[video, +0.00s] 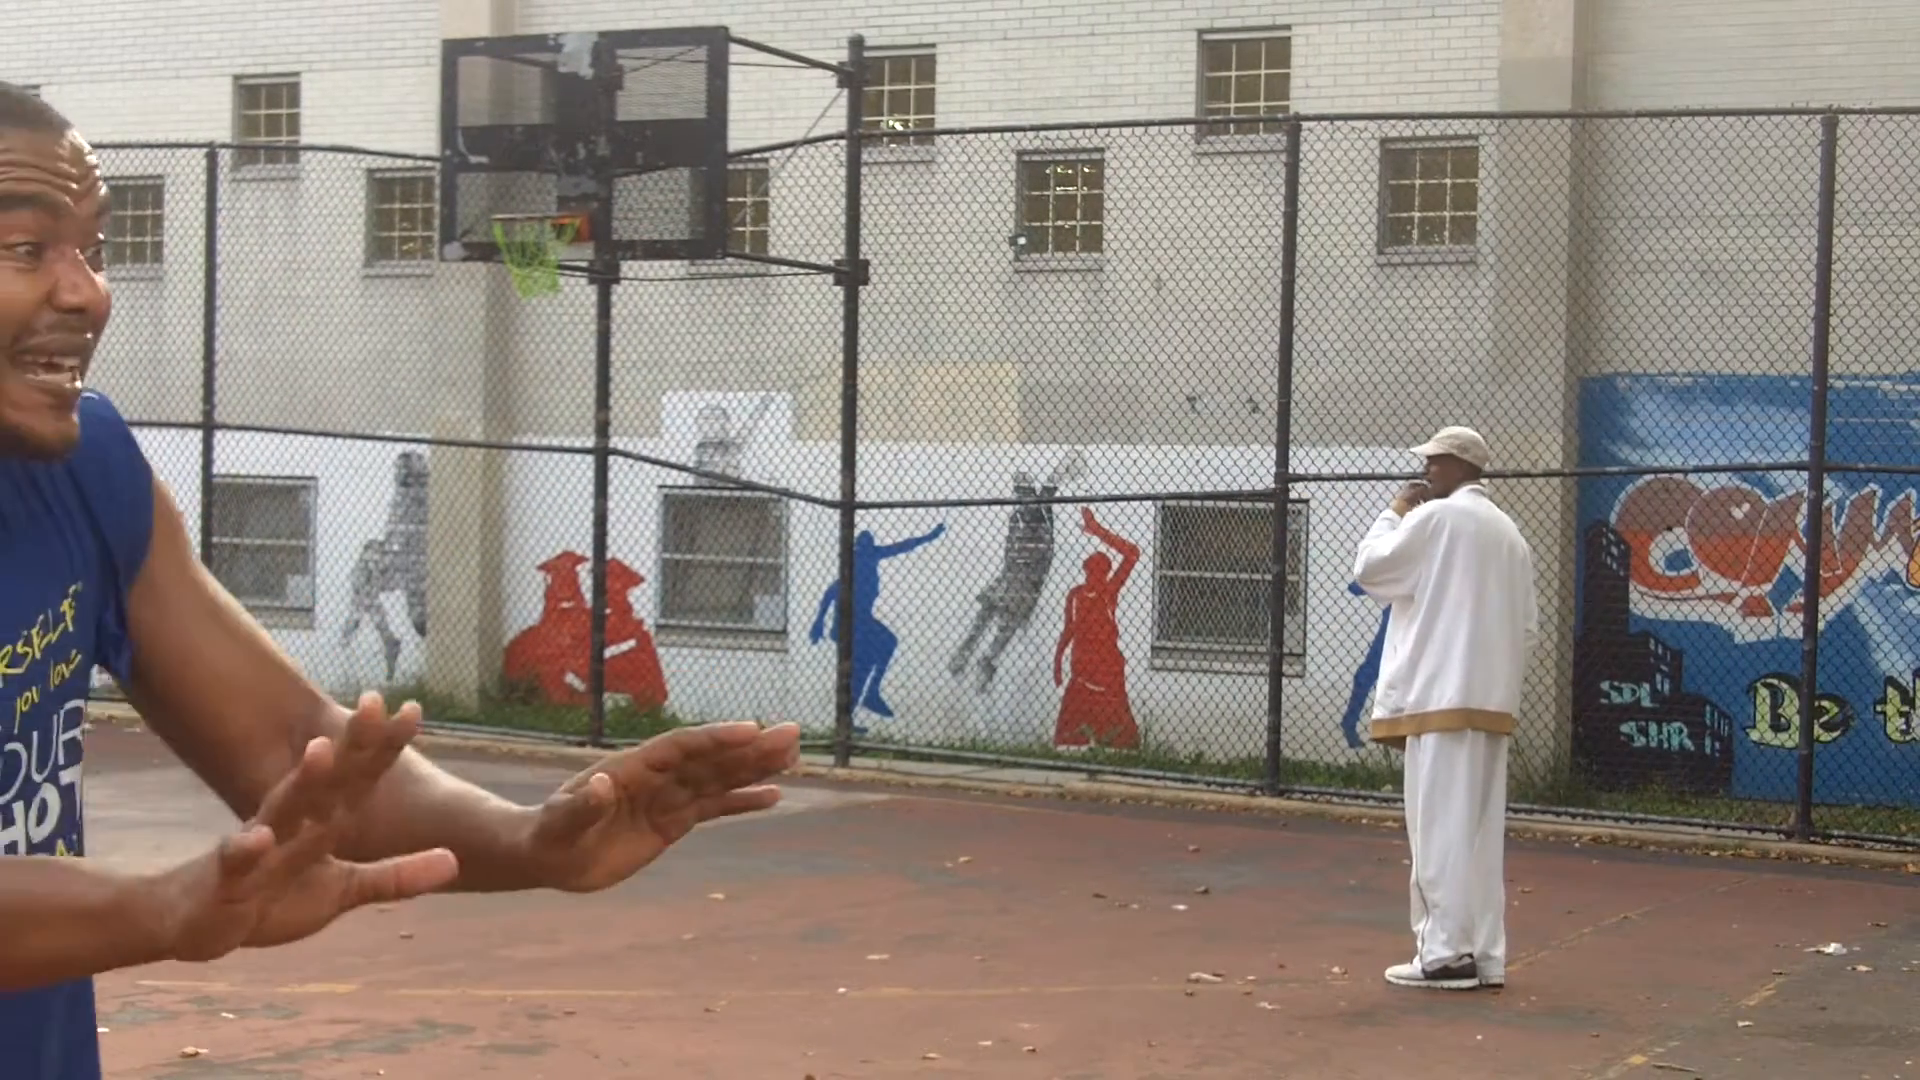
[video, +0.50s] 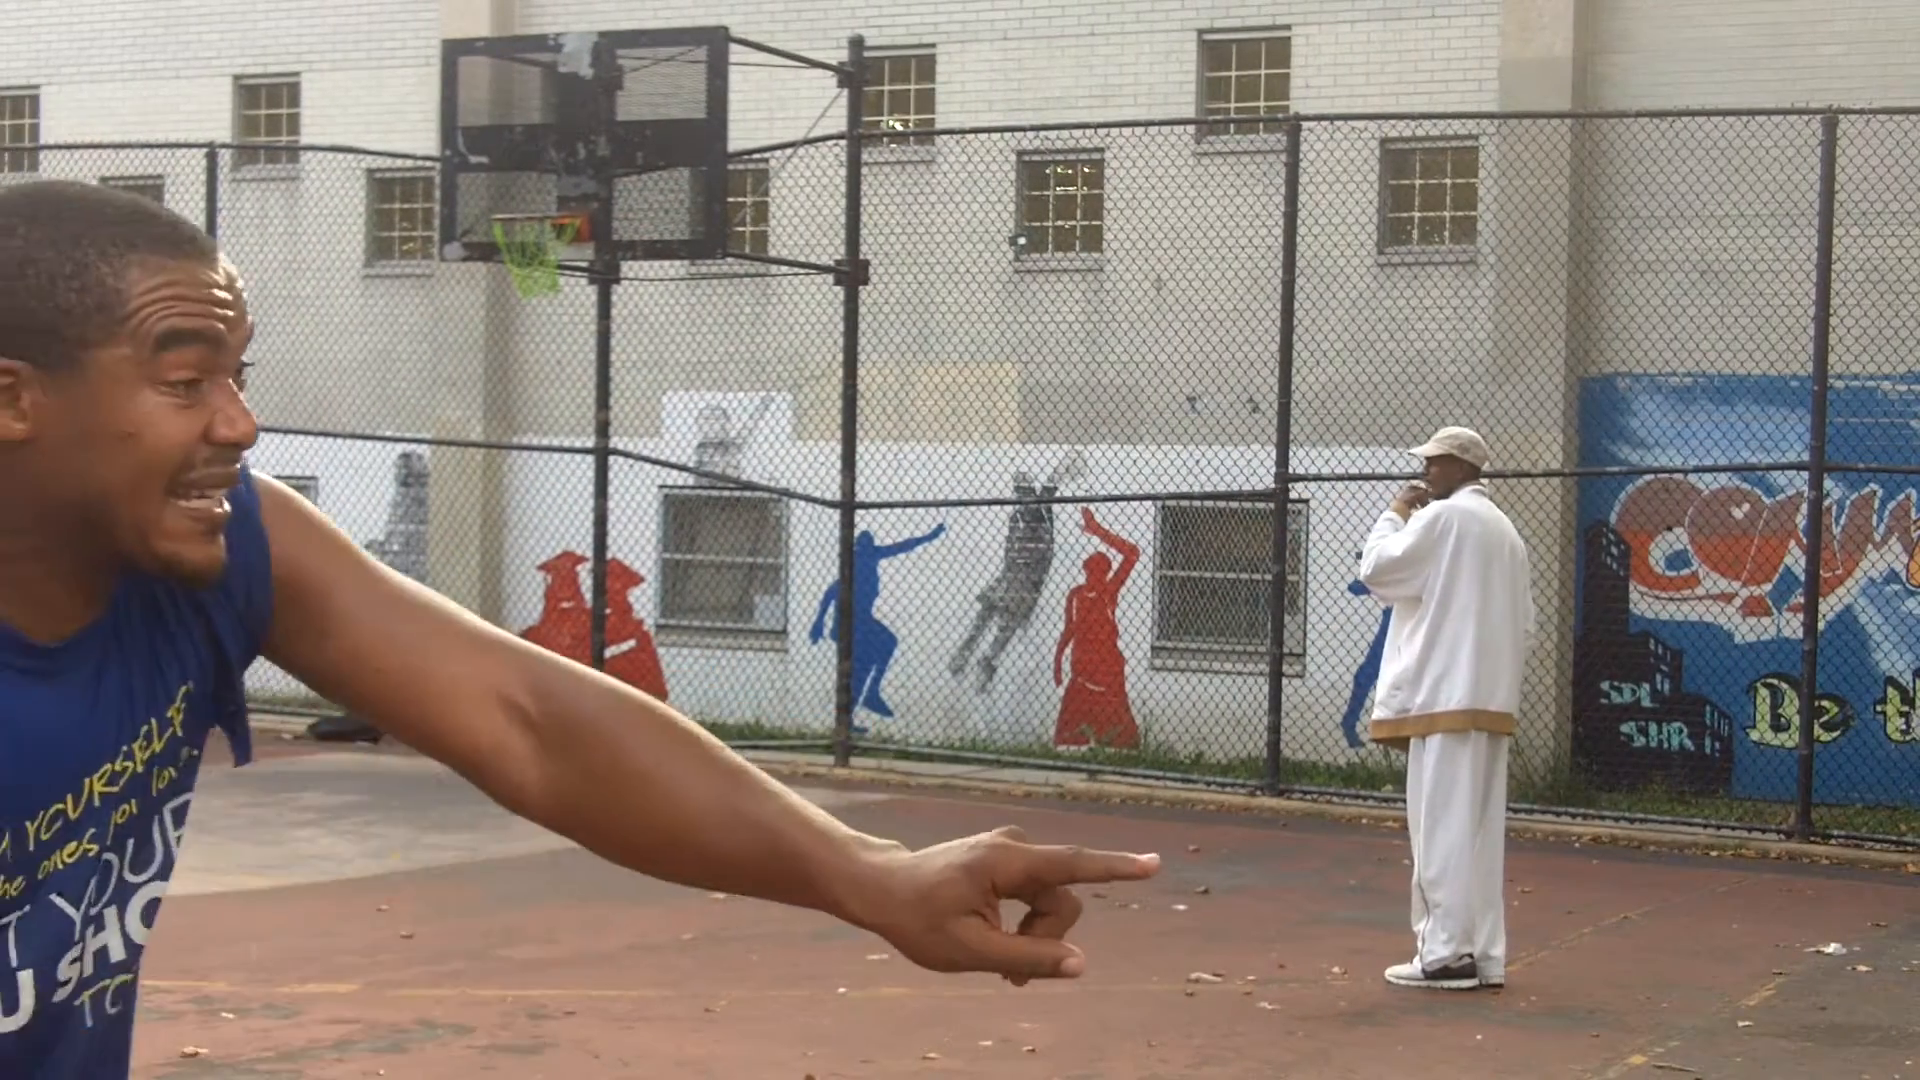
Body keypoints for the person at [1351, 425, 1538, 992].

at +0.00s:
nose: (1426, 472)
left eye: (1434, 463)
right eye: (1428, 463)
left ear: (1460, 469)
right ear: (1478, 473)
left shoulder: (1439, 519)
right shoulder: (1513, 535)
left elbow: (1370, 568)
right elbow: (1529, 626)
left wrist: (1396, 512)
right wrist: (1498, 680)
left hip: (1443, 690)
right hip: (1495, 695)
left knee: (1439, 823)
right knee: (1483, 824)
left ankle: (1445, 953)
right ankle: (1485, 956)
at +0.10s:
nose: (1426, 473)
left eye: (1434, 464)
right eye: (1428, 463)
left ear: (1460, 469)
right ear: (1478, 473)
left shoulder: (1440, 519)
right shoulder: (1512, 534)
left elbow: (1371, 568)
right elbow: (1529, 627)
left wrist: (1397, 511)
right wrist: (1497, 680)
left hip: (1443, 692)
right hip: (1495, 696)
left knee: (1440, 824)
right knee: (1483, 825)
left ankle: (1446, 953)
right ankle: (1484, 956)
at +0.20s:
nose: (1426, 473)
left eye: (1435, 464)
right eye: (1427, 463)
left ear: (1462, 469)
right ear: (1477, 474)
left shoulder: (1442, 519)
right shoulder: (1510, 534)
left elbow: (1373, 567)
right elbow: (1527, 626)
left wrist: (1398, 510)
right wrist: (1498, 682)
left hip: (1445, 692)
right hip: (1494, 696)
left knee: (1441, 824)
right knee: (1482, 825)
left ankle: (1446, 953)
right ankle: (1483, 956)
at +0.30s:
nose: (1426, 473)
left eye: (1435, 464)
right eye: (1427, 463)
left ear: (1463, 469)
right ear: (1478, 474)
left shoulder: (1444, 518)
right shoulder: (1510, 533)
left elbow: (1376, 568)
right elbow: (1526, 626)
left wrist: (1396, 512)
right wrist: (1498, 681)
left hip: (1446, 692)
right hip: (1494, 695)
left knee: (1442, 823)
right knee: (1482, 824)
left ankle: (1446, 953)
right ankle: (1483, 956)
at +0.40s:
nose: (1426, 473)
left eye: (1434, 464)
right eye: (1427, 463)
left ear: (1462, 469)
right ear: (1476, 473)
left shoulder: (1444, 518)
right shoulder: (1509, 532)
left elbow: (1377, 569)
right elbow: (1526, 625)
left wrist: (1395, 514)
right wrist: (1498, 681)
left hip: (1447, 692)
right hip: (1494, 695)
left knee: (1442, 824)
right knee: (1482, 825)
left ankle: (1447, 953)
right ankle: (1483, 956)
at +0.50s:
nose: (1426, 473)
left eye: (1435, 464)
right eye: (1427, 463)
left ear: (1462, 469)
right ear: (1476, 473)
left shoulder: (1444, 518)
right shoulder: (1509, 532)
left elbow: (1377, 568)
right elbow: (1526, 625)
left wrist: (1395, 514)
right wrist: (1498, 682)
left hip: (1447, 693)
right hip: (1494, 695)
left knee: (1442, 824)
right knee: (1482, 825)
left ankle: (1447, 954)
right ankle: (1483, 956)